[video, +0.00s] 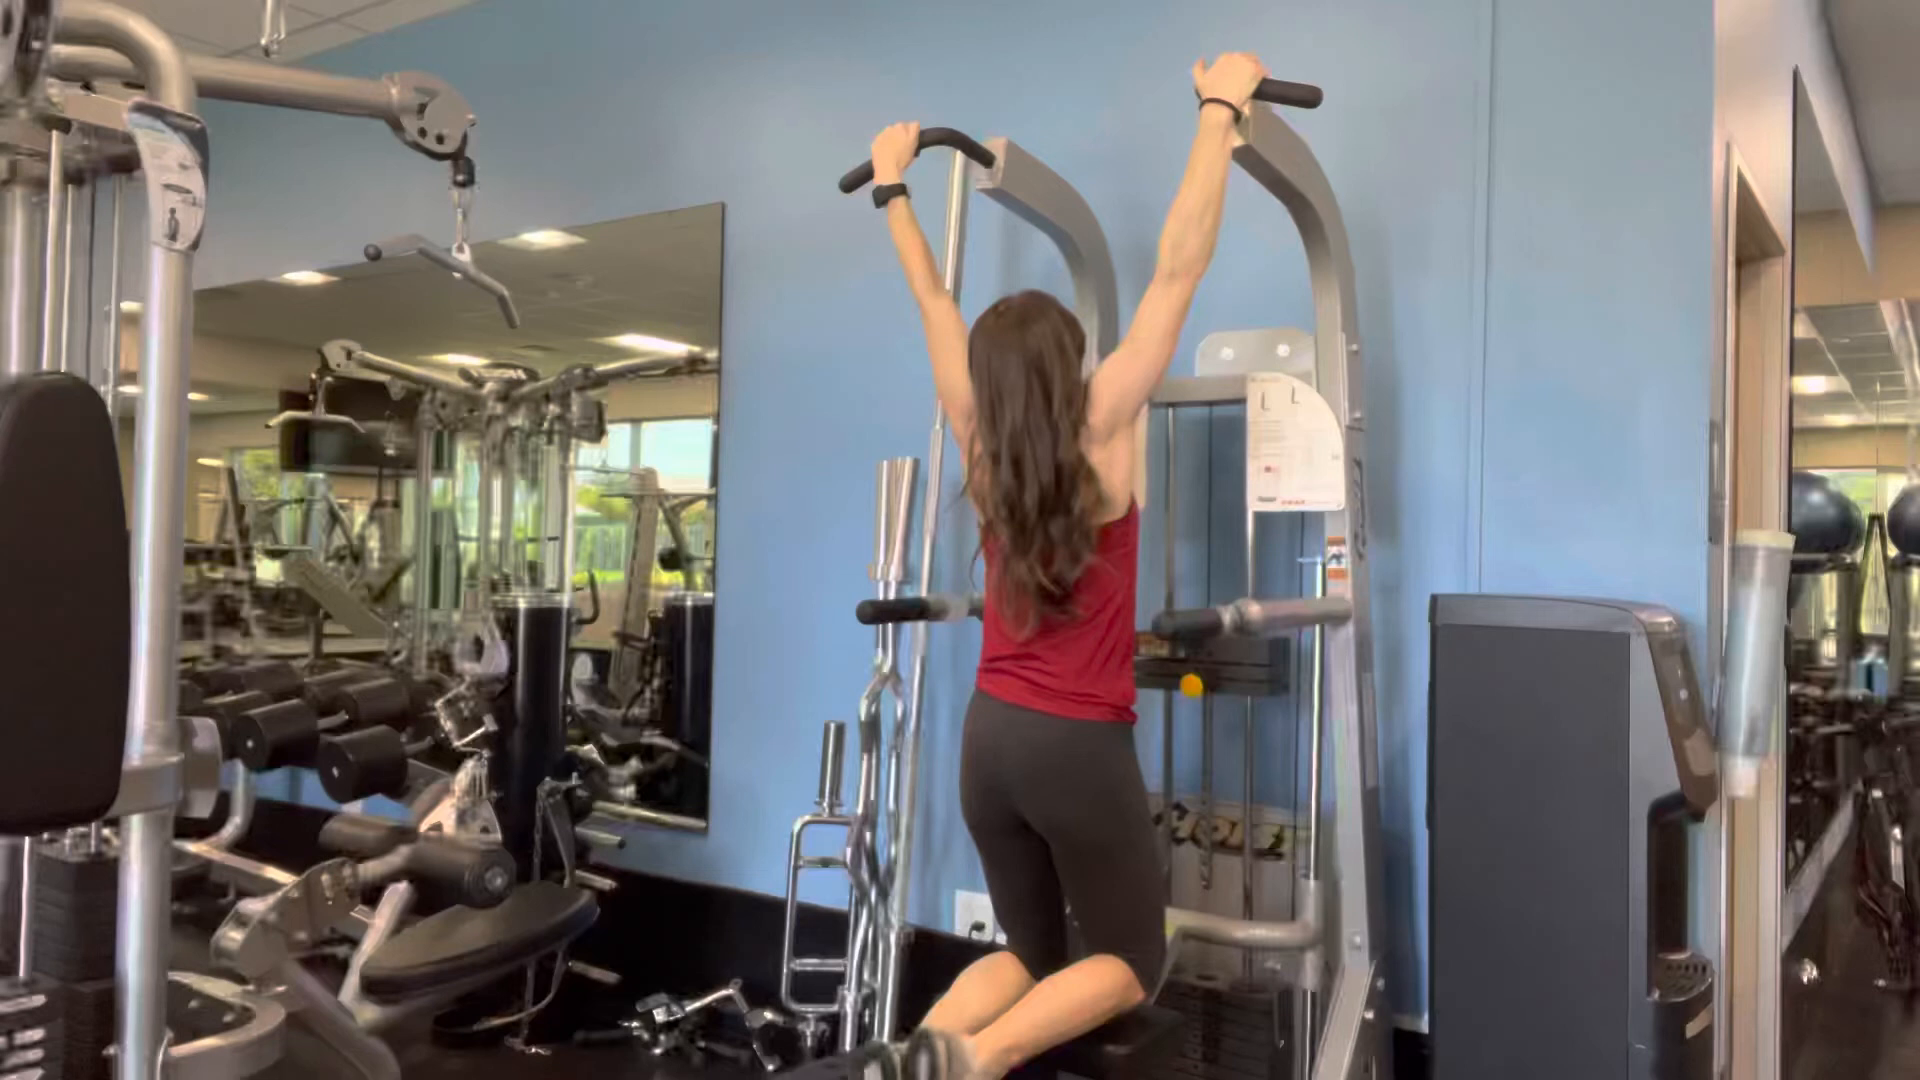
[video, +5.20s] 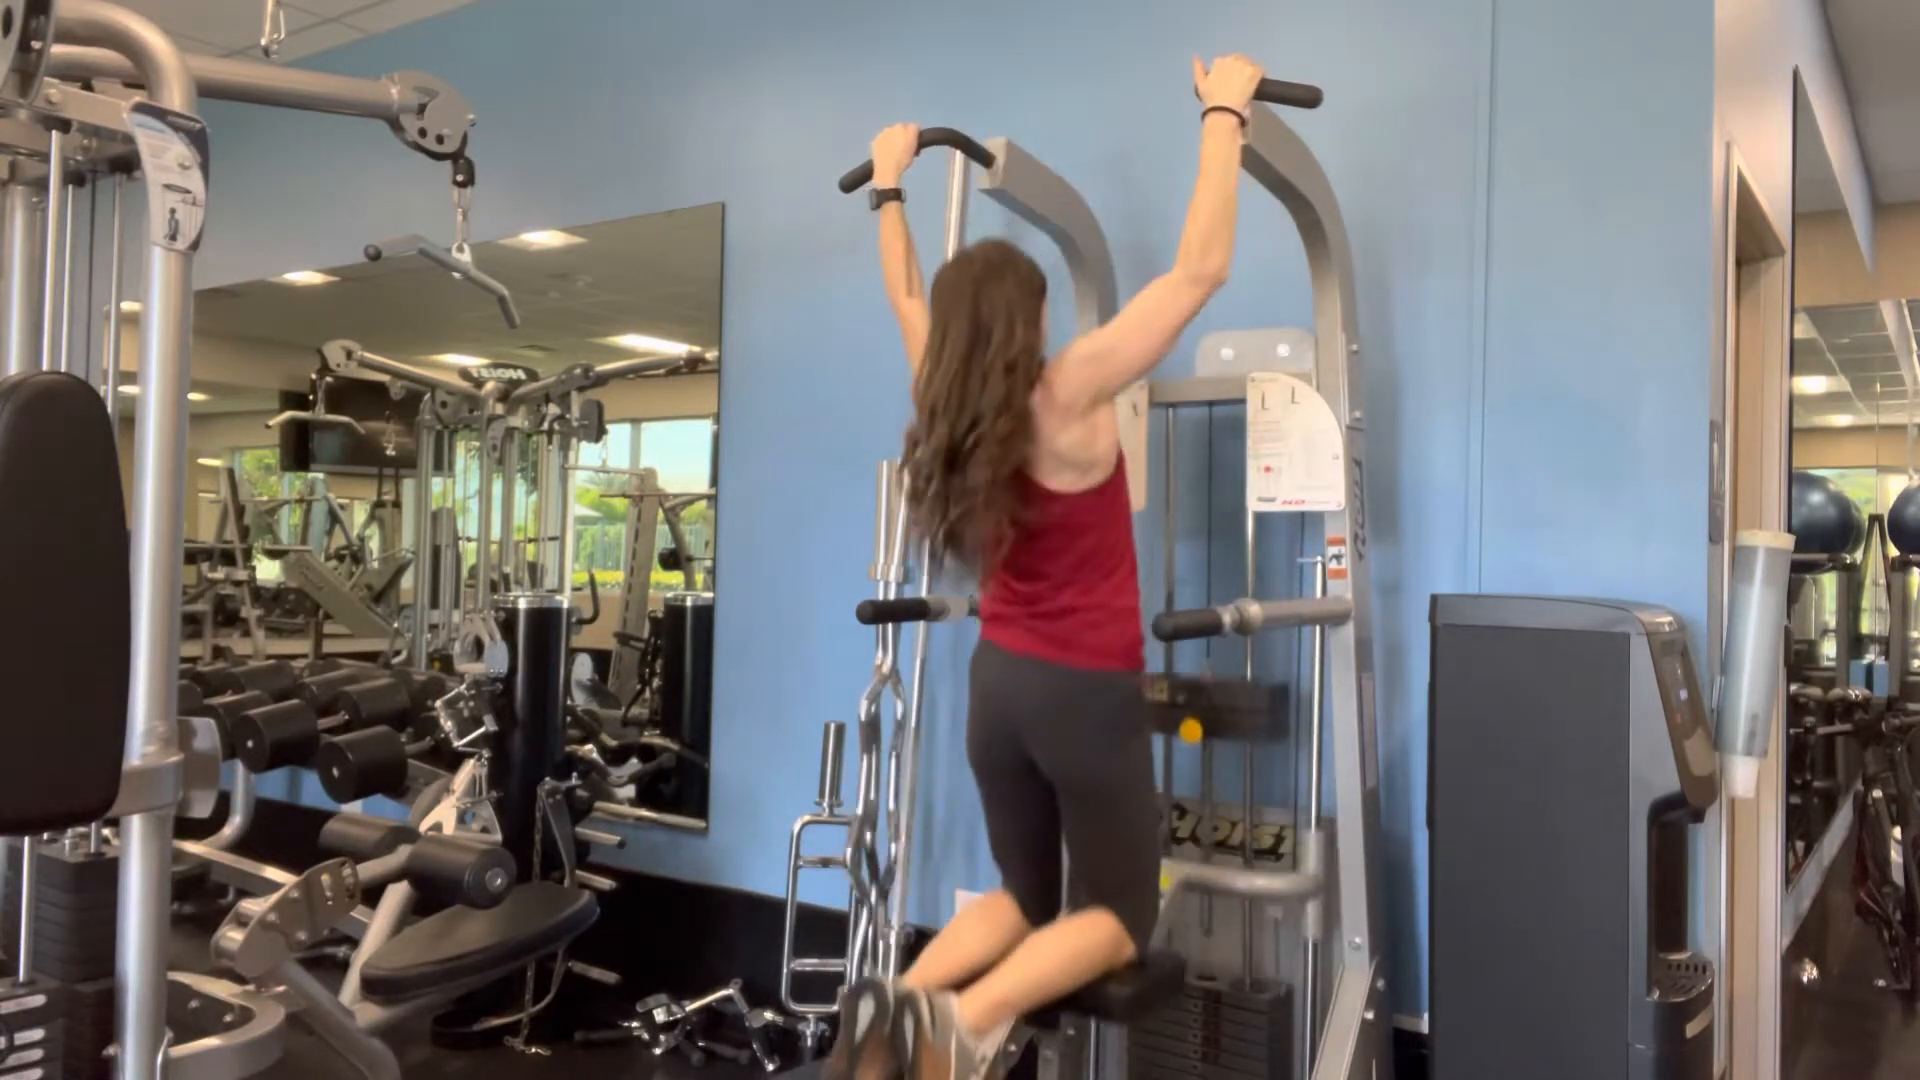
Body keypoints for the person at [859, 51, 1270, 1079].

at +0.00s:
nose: (1076, 335)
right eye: (1068, 331)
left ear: (988, 370)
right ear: (1066, 359)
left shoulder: (980, 438)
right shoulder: (1106, 417)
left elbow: (933, 301)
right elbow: (1178, 266)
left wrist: (891, 185)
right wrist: (1219, 112)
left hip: (990, 735)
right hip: (1079, 748)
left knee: (1029, 953)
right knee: (1129, 964)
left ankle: (917, 1052)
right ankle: (977, 1056)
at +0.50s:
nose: (1063, 243)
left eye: (1052, 231)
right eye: (1056, 230)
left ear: (964, 242)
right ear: (1043, 239)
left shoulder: (948, 333)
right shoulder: (1079, 314)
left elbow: (881, 292)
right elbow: (1234, 252)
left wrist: (885, 184)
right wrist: (1225, 107)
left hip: (1000, 612)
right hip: (1085, 618)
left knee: (1038, 830)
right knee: (1127, 847)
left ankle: (906, 933)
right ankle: (964, 947)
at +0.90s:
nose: (1091, 93)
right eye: (1086, 80)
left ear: (993, 98)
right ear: (1079, 89)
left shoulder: (977, 195)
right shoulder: (1112, 174)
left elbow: (883, 291)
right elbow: (1228, 247)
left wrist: (880, 184)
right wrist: (1230, 108)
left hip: (1020, 459)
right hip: (1110, 461)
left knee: (1048, 689)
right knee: (1134, 703)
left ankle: (918, 769)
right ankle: (973, 783)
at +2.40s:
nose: (1044, 236)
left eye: (1021, 227)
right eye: (1036, 225)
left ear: (953, 245)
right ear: (1029, 235)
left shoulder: (943, 330)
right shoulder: (1069, 309)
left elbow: (886, 286)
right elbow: (1226, 256)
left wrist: (884, 185)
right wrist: (1226, 110)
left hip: (991, 614)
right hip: (1080, 621)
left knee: (1037, 820)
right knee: (1127, 842)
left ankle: (907, 908)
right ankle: (962, 926)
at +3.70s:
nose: (1076, 103)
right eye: (1072, 90)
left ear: (978, 105)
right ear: (1062, 98)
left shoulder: (966, 199)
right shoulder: (1101, 178)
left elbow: (883, 294)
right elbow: (1229, 252)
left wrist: (880, 184)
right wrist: (1230, 111)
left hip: (1019, 464)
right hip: (1109, 466)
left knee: (1037, 690)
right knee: (1131, 705)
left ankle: (914, 779)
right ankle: (976, 785)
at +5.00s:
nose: (1054, 199)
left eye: (1040, 185)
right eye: (1046, 187)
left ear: (953, 216)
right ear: (1036, 204)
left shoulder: (952, 304)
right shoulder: (1077, 278)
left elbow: (880, 295)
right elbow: (1237, 256)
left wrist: (882, 187)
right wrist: (1228, 113)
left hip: (1004, 577)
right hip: (1093, 580)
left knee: (1031, 784)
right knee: (1127, 804)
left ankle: (913, 866)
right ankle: (970, 887)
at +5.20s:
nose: (1048, 307)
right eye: (1037, 295)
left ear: (956, 322)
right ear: (1034, 312)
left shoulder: (955, 395)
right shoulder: (1076, 382)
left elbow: (905, 293)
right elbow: (1200, 270)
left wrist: (885, 185)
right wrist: (1225, 114)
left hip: (997, 685)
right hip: (1087, 693)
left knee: (1023, 894)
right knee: (1119, 916)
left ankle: (900, 1002)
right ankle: (965, 1028)